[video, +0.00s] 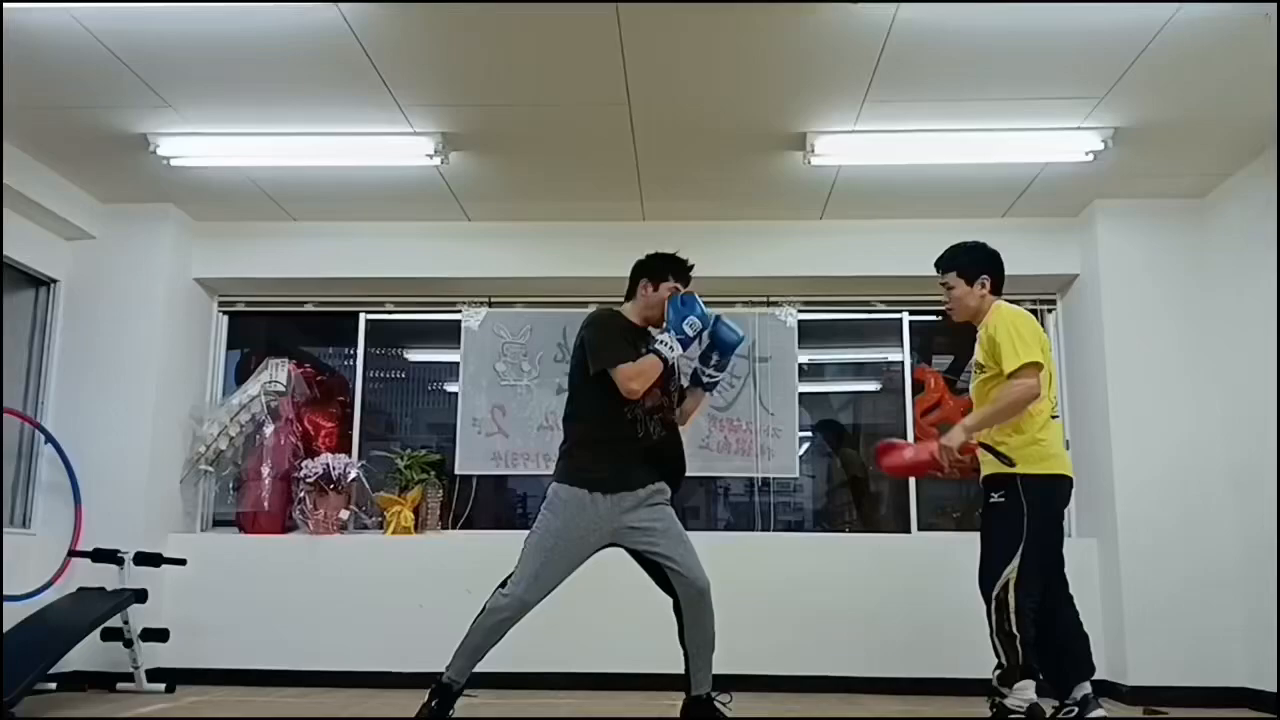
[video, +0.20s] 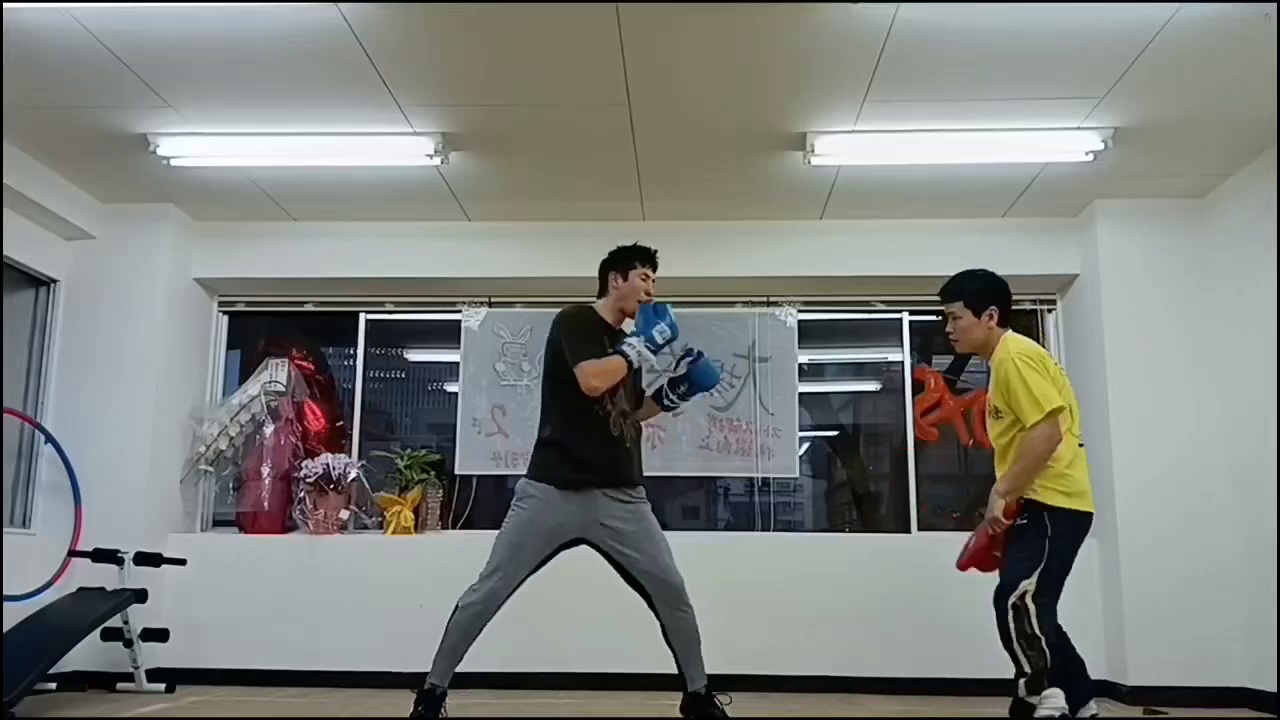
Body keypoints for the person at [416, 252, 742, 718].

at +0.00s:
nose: (682, 301)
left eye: (685, 295)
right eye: (676, 292)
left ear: (660, 295)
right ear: (647, 288)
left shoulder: (658, 346)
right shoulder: (603, 324)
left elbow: (676, 418)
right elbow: (631, 384)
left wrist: (709, 372)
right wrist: (674, 339)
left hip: (646, 502)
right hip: (579, 499)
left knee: (695, 587)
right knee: (518, 595)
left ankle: (699, 701)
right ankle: (444, 693)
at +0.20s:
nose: (650, 291)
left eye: (653, 284)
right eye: (645, 281)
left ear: (637, 287)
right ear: (615, 280)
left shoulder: (630, 341)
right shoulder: (574, 320)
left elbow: (629, 415)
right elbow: (590, 380)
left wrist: (674, 392)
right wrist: (642, 346)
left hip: (621, 497)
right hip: (551, 492)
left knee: (671, 591)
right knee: (489, 590)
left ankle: (698, 696)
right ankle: (432, 691)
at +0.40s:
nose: (611, 293)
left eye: (613, 287)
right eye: (602, 285)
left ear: (613, 299)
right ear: (574, 291)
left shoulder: (604, 361)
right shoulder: (535, 339)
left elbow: (627, 425)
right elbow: (547, 397)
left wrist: (659, 391)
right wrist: (593, 348)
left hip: (582, 507)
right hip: (516, 505)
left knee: (639, 593)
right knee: (469, 606)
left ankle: (649, 700)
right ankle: (418, 702)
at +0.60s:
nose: (620, 269)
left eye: (623, 264)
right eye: (611, 261)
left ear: (623, 275)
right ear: (583, 267)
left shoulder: (622, 329)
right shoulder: (545, 319)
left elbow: (646, 402)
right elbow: (543, 381)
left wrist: (667, 360)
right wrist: (593, 337)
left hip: (600, 483)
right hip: (530, 482)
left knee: (648, 578)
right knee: (486, 586)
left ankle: (673, 688)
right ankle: (440, 688)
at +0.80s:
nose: (637, 299)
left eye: (642, 293)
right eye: (629, 289)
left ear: (643, 301)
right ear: (601, 293)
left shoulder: (641, 353)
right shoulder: (563, 344)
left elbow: (672, 419)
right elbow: (572, 406)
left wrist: (681, 365)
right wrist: (611, 354)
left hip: (623, 510)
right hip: (556, 509)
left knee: (661, 608)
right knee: (513, 609)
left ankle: (670, 704)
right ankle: (466, 700)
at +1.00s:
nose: (646, 289)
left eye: (653, 282)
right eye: (639, 280)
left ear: (658, 287)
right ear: (612, 280)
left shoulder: (656, 333)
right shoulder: (574, 322)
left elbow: (683, 400)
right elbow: (586, 385)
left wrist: (689, 344)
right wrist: (626, 326)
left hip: (628, 491)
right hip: (561, 490)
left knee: (662, 596)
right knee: (525, 598)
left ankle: (668, 698)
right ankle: (517, 687)